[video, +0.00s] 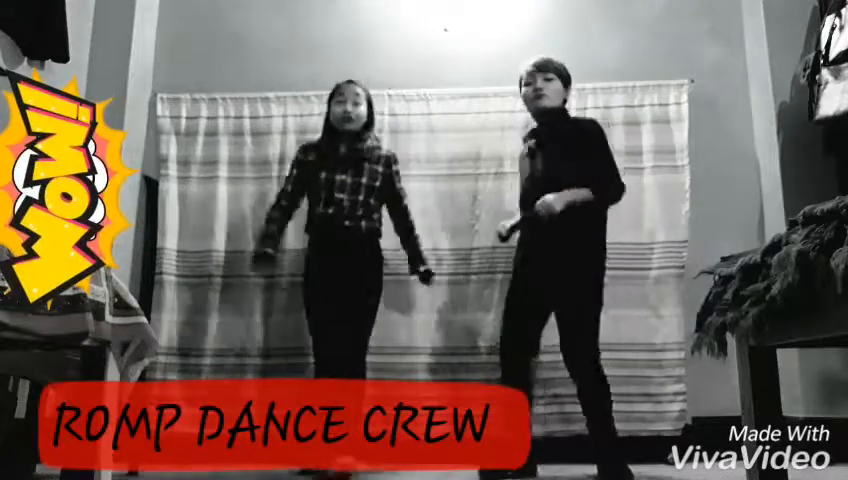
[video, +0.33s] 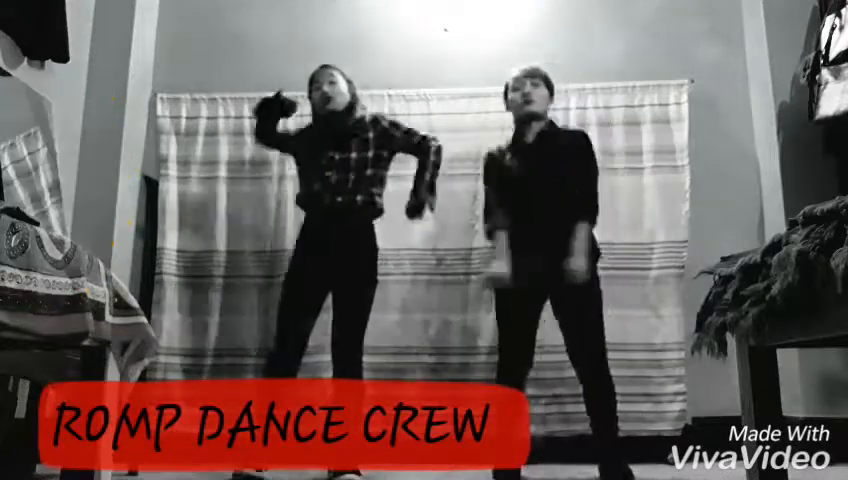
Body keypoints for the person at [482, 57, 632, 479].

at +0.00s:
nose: (535, 86)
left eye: (545, 79)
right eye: (529, 82)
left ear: (566, 90)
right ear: (523, 97)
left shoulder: (586, 130)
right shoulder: (532, 145)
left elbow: (613, 187)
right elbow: (544, 201)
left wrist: (568, 197)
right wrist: (519, 222)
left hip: (578, 263)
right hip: (534, 262)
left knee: (581, 358)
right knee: (515, 352)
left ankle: (610, 461)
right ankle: (517, 457)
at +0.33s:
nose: (526, 92)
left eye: (535, 86)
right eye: (517, 88)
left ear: (551, 98)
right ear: (507, 103)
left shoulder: (575, 143)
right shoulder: (500, 158)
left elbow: (585, 200)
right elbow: (497, 212)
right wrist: (501, 255)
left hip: (570, 265)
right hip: (519, 268)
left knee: (592, 364)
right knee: (512, 367)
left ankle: (610, 459)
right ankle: (504, 461)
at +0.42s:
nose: (522, 80)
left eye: (531, 73)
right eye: (513, 76)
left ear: (546, 88)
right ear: (502, 92)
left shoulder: (564, 139)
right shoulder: (493, 134)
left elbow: (594, 189)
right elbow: (504, 193)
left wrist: (627, 241)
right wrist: (545, 229)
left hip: (561, 263)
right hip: (511, 264)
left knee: (581, 361)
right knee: (510, 363)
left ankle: (599, 461)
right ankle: (502, 462)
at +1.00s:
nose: (544, 84)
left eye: (554, 79)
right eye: (534, 79)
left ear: (567, 93)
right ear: (521, 95)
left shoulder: (587, 136)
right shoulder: (510, 156)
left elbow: (599, 201)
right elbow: (500, 221)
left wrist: (584, 256)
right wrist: (497, 278)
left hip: (587, 260)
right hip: (535, 264)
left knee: (601, 360)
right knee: (515, 361)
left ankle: (600, 459)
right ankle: (486, 456)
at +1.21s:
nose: (520, 83)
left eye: (529, 78)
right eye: (511, 76)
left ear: (539, 91)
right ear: (494, 88)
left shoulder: (545, 149)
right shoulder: (478, 143)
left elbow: (573, 201)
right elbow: (440, 196)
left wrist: (614, 246)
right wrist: (432, 257)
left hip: (534, 274)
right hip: (489, 274)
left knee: (571, 352)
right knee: (501, 358)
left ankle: (587, 453)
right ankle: (476, 452)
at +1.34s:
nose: (545, 85)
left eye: (548, 81)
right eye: (536, 77)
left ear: (544, 90)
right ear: (508, 82)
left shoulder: (529, 131)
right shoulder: (501, 126)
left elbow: (528, 198)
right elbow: (497, 170)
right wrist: (509, 189)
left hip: (523, 263)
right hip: (500, 263)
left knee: (548, 357)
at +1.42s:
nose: (558, 87)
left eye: (560, 81)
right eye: (549, 78)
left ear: (553, 91)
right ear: (521, 83)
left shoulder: (536, 130)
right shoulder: (515, 127)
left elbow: (542, 188)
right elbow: (546, 177)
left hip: (526, 260)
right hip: (506, 260)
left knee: (552, 357)